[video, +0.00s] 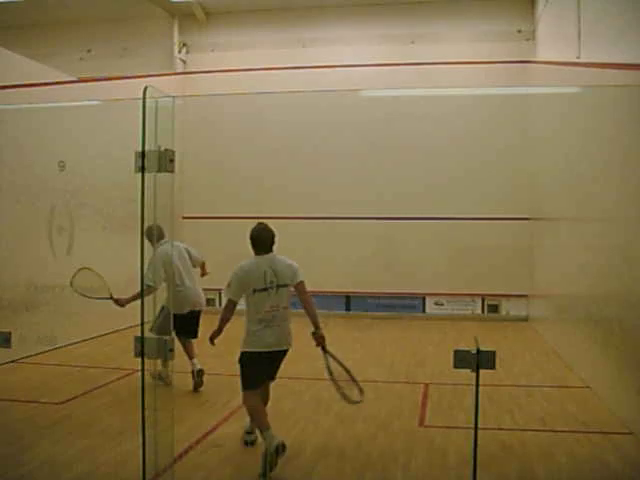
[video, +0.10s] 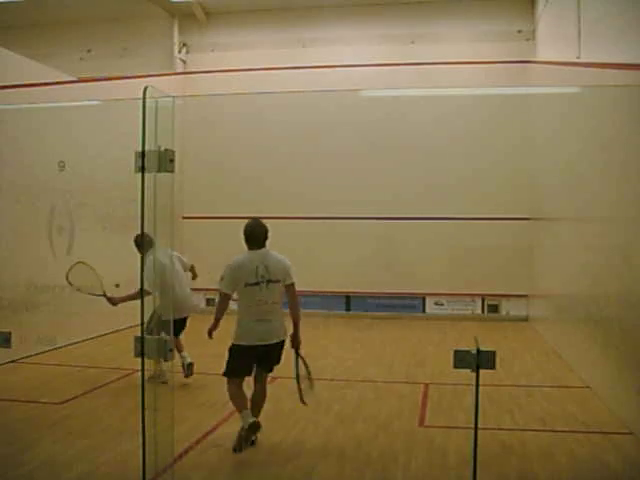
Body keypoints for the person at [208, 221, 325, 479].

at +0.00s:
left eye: (254, 241)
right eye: (268, 240)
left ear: (251, 244)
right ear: (274, 243)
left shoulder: (244, 272)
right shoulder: (288, 267)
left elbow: (229, 308)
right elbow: (305, 299)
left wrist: (218, 330)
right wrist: (317, 329)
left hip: (255, 346)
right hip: (281, 343)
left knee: (250, 395)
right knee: (264, 386)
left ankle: (271, 441)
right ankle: (251, 429)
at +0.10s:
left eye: (248, 236)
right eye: (262, 235)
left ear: (245, 239)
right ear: (267, 238)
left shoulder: (236, 266)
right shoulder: (281, 264)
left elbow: (224, 299)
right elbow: (293, 301)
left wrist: (215, 323)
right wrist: (296, 332)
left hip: (246, 339)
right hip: (275, 338)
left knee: (234, 381)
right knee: (261, 380)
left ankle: (248, 421)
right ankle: (250, 426)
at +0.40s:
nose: (230, 238)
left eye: (229, 234)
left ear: (227, 236)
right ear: (247, 235)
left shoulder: (219, 262)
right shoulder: (262, 258)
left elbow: (207, 295)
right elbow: (273, 286)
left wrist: (199, 323)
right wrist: (254, 285)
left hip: (228, 329)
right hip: (255, 328)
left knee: (225, 366)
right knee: (251, 373)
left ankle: (223, 407)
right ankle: (249, 423)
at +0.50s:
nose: (225, 237)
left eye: (224, 233)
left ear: (222, 236)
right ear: (242, 235)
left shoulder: (215, 261)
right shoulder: (255, 257)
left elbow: (203, 295)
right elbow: (269, 286)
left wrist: (196, 323)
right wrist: (254, 284)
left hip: (225, 326)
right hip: (250, 325)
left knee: (225, 364)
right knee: (252, 368)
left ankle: (225, 407)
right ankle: (242, 404)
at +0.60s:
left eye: (223, 228)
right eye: (236, 227)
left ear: (222, 231)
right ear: (240, 230)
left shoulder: (214, 254)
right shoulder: (252, 250)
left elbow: (203, 286)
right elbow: (267, 277)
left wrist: (199, 314)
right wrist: (267, 289)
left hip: (225, 320)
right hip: (251, 317)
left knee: (223, 359)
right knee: (258, 357)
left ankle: (224, 403)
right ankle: (247, 399)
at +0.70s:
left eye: (226, 230)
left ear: (223, 233)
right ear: (241, 232)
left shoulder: (213, 255)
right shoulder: (254, 252)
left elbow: (204, 285)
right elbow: (267, 279)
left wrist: (203, 309)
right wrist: (268, 300)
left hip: (224, 316)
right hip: (251, 313)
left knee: (216, 348)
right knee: (263, 351)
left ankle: (216, 389)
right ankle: (265, 398)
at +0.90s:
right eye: (251, 260)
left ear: (234, 261)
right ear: (252, 262)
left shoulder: (220, 282)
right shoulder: (258, 284)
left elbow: (208, 310)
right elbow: (271, 315)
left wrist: (215, 330)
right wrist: (281, 334)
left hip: (223, 339)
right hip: (248, 339)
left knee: (213, 362)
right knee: (275, 359)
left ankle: (195, 398)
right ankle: (290, 400)